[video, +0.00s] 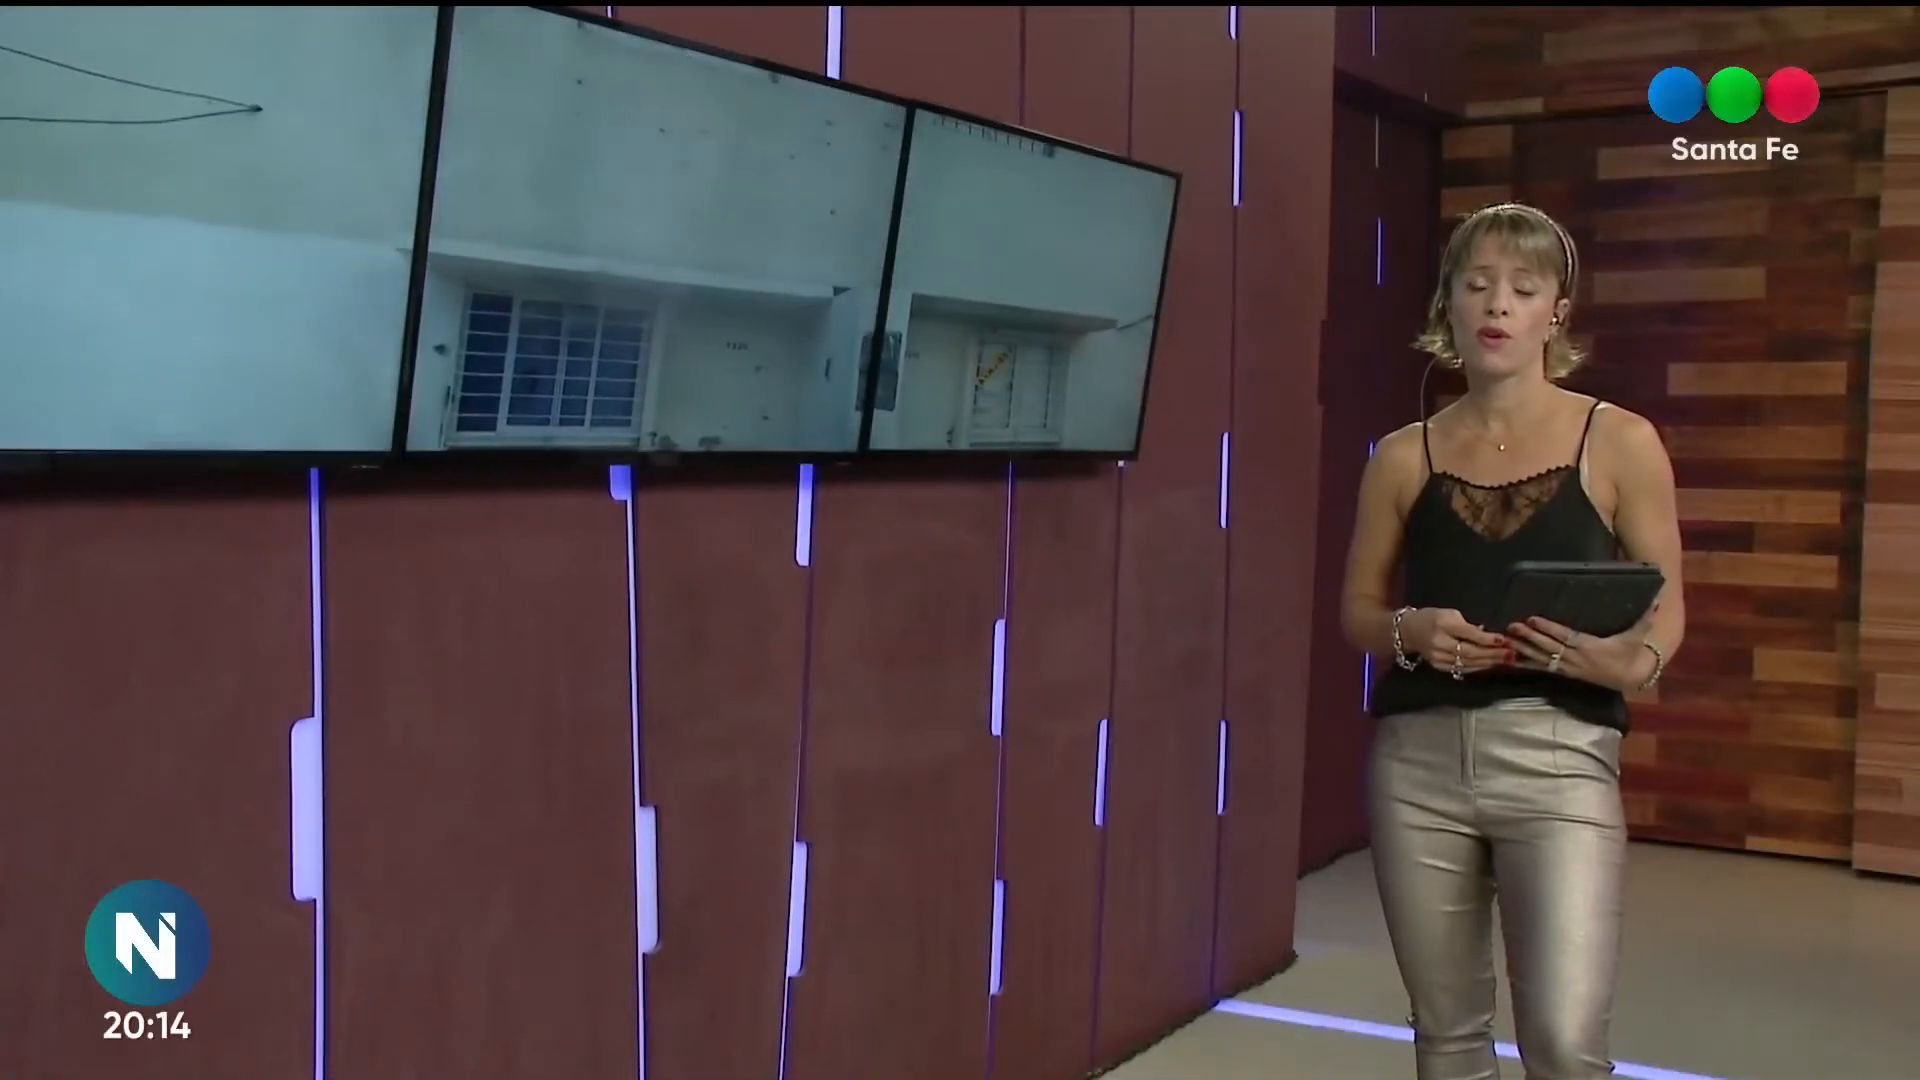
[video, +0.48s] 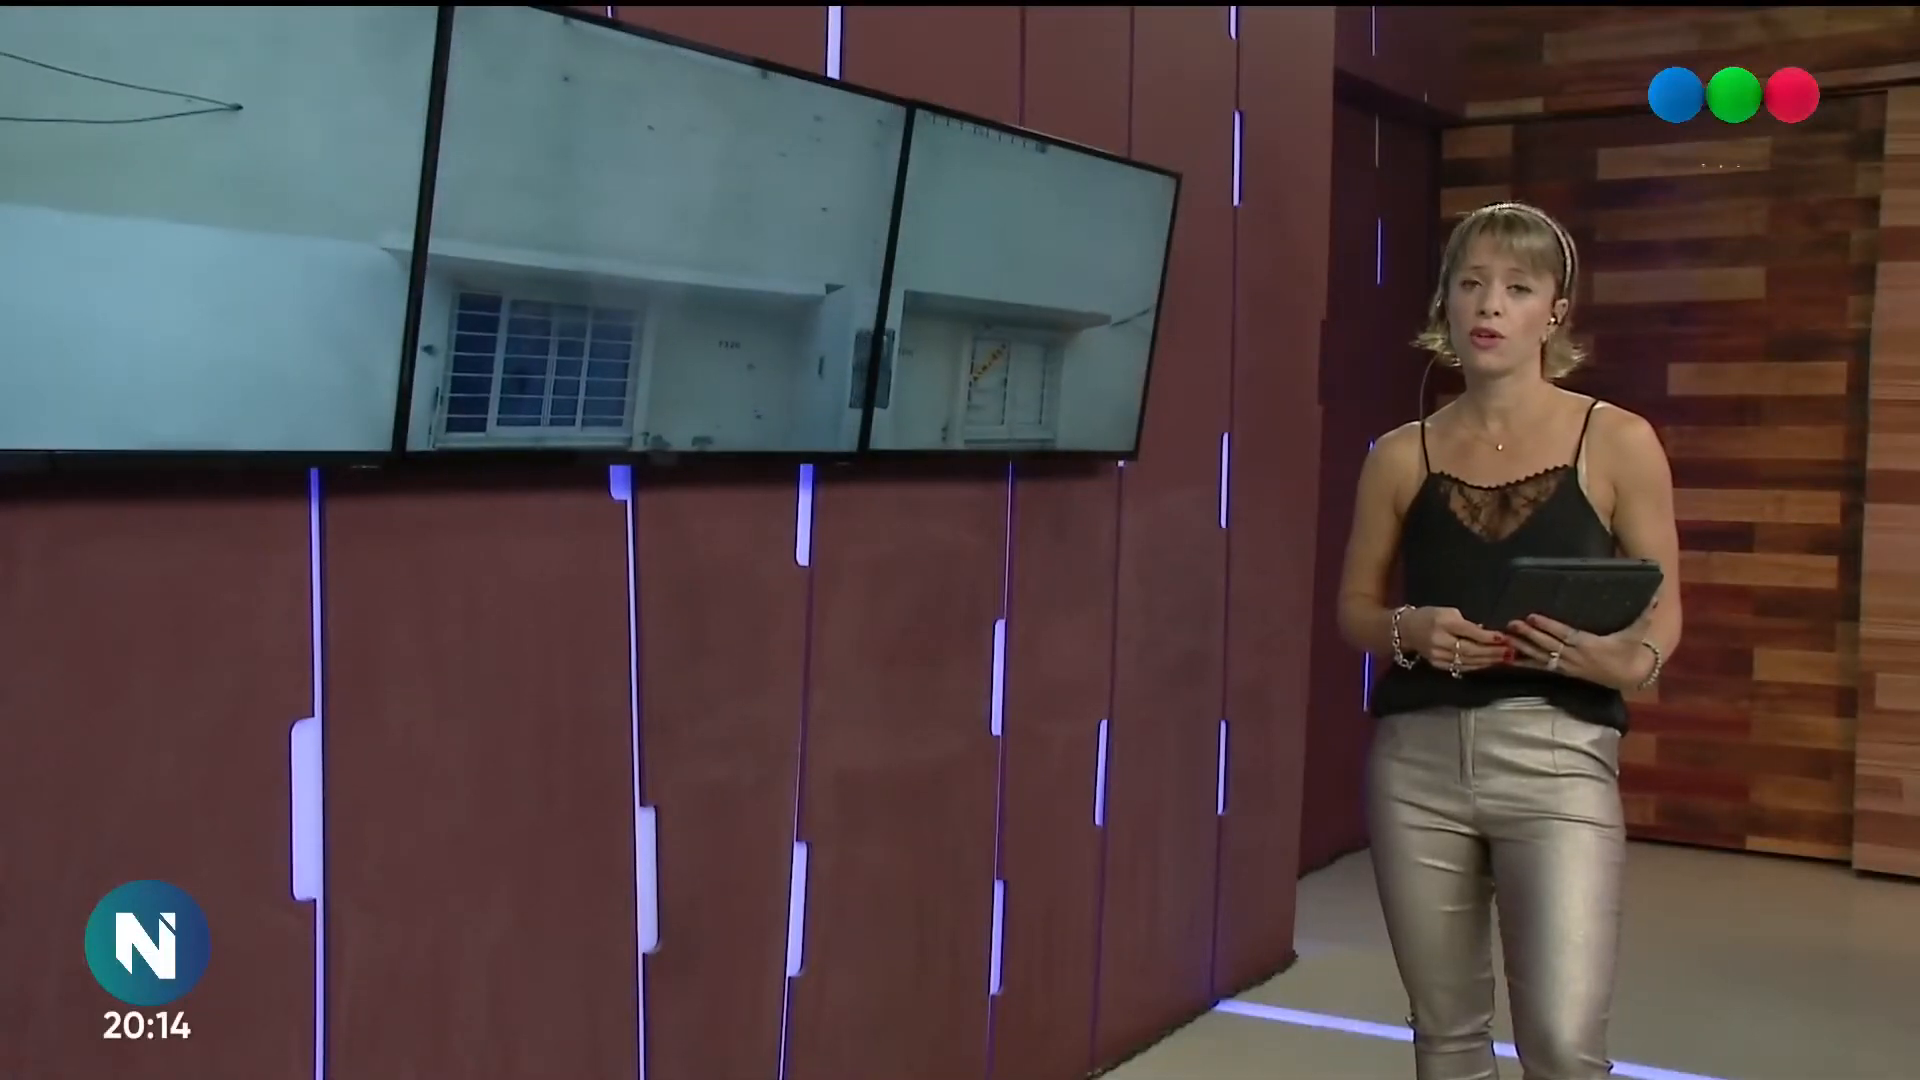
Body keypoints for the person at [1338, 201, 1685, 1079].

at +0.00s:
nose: (1494, 303)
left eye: (1520, 287)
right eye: (1476, 283)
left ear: (1555, 313)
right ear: (1448, 304)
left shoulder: (1620, 443)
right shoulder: (1401, 460)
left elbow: (1663, 604)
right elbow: (1357, 611)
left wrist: (1628, 664)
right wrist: (1405, 631)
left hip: (1557, 766)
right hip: (1416, 767)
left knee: (1563, 1048)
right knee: (1447, 1039)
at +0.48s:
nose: (1487, 303)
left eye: (1514, 286)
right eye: (1470, 282)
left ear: (1553, 312)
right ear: (1446, 304)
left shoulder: (1618, 443)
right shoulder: (1399, 458)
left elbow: (1660, 609)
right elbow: (1354, 609)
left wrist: (1625, 662)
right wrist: (1405, 630)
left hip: (1557, 766)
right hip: (1416, 766)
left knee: (1561, 1047)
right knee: (1445, 1040)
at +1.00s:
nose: (1497, 306)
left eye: (1524, 289)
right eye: (1479, 285)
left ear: (1559, 313)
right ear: (1451, 305)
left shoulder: (1624, 444)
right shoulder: (1403, 459)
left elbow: (1665, 611)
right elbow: (1357, 611)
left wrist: (1629, 664)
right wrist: (1409, 630)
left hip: (1560, 768)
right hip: (1419, 768)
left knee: (1567, 1048)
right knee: (1448, 1039)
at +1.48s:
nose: (1501, 304)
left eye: (1527, 288)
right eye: (1482, 284)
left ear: (1563, 313)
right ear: (1454, 305)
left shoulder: (1626, 444)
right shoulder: (1406, 458)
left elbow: (1668, 610)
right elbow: (1359, 607)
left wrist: (1631, 663)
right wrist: (1411, 630)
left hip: (1562, 768)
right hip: (1420, 768)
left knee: (1567, 1050)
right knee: (1448, 1042)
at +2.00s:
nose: (1497, 305)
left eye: (1524, 288)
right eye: (1479, 284)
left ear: (1559, 313)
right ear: (1451, 305)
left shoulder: (1623, 444)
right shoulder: (1403, 459)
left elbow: (1665, 614)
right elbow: (1354, 611)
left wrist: (1627, 663)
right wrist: (1410, 629)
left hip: (1560, 768)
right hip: (1418, 768)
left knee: (1566, 1049)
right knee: (1447, 1041)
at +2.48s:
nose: (1496, 305)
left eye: (1523, 289)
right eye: (1477, 284)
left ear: (1556, 315)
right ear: (1448, 305)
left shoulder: (1620, 444)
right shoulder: (1400, 458)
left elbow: (1663, 608)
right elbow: (1353, 611)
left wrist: (1624, 664)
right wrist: (1410, 629)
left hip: (1558, 768)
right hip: (1416, 767)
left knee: (1563, 1050)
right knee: (1446, 1042)